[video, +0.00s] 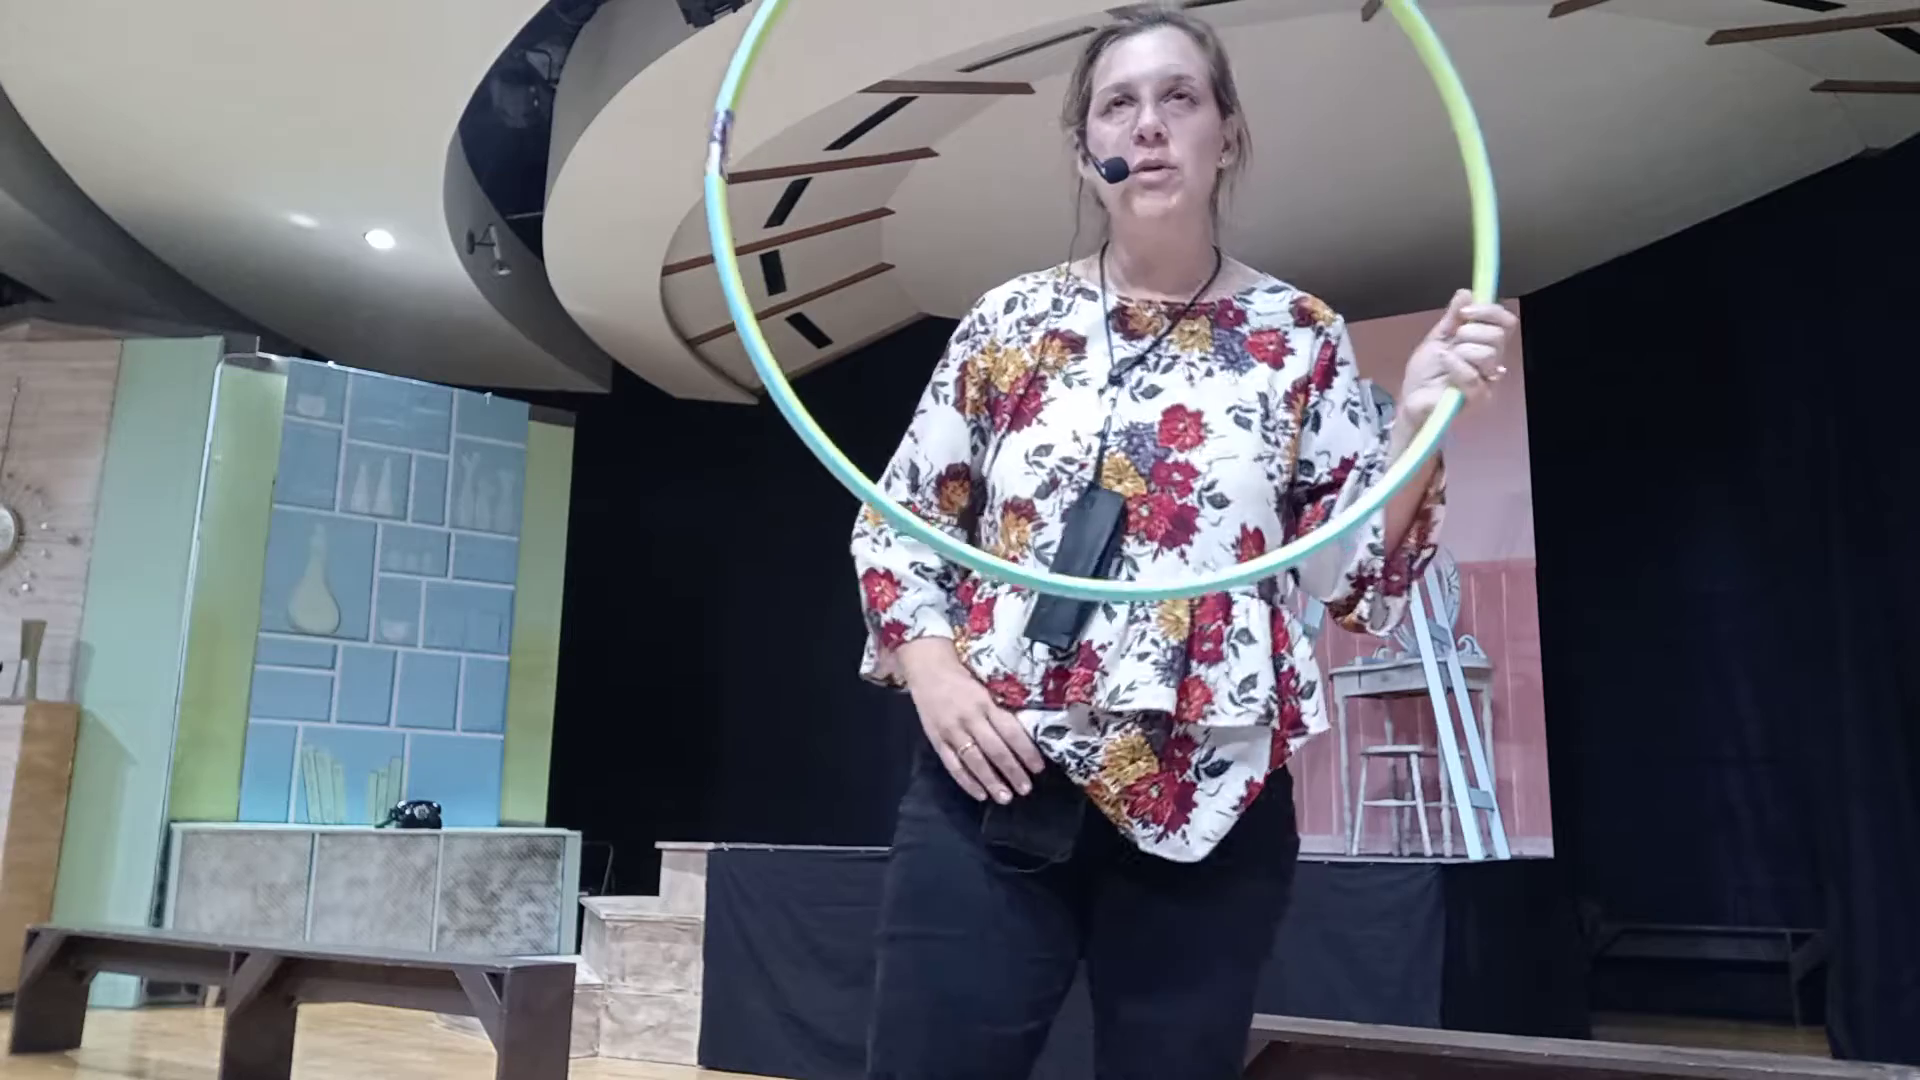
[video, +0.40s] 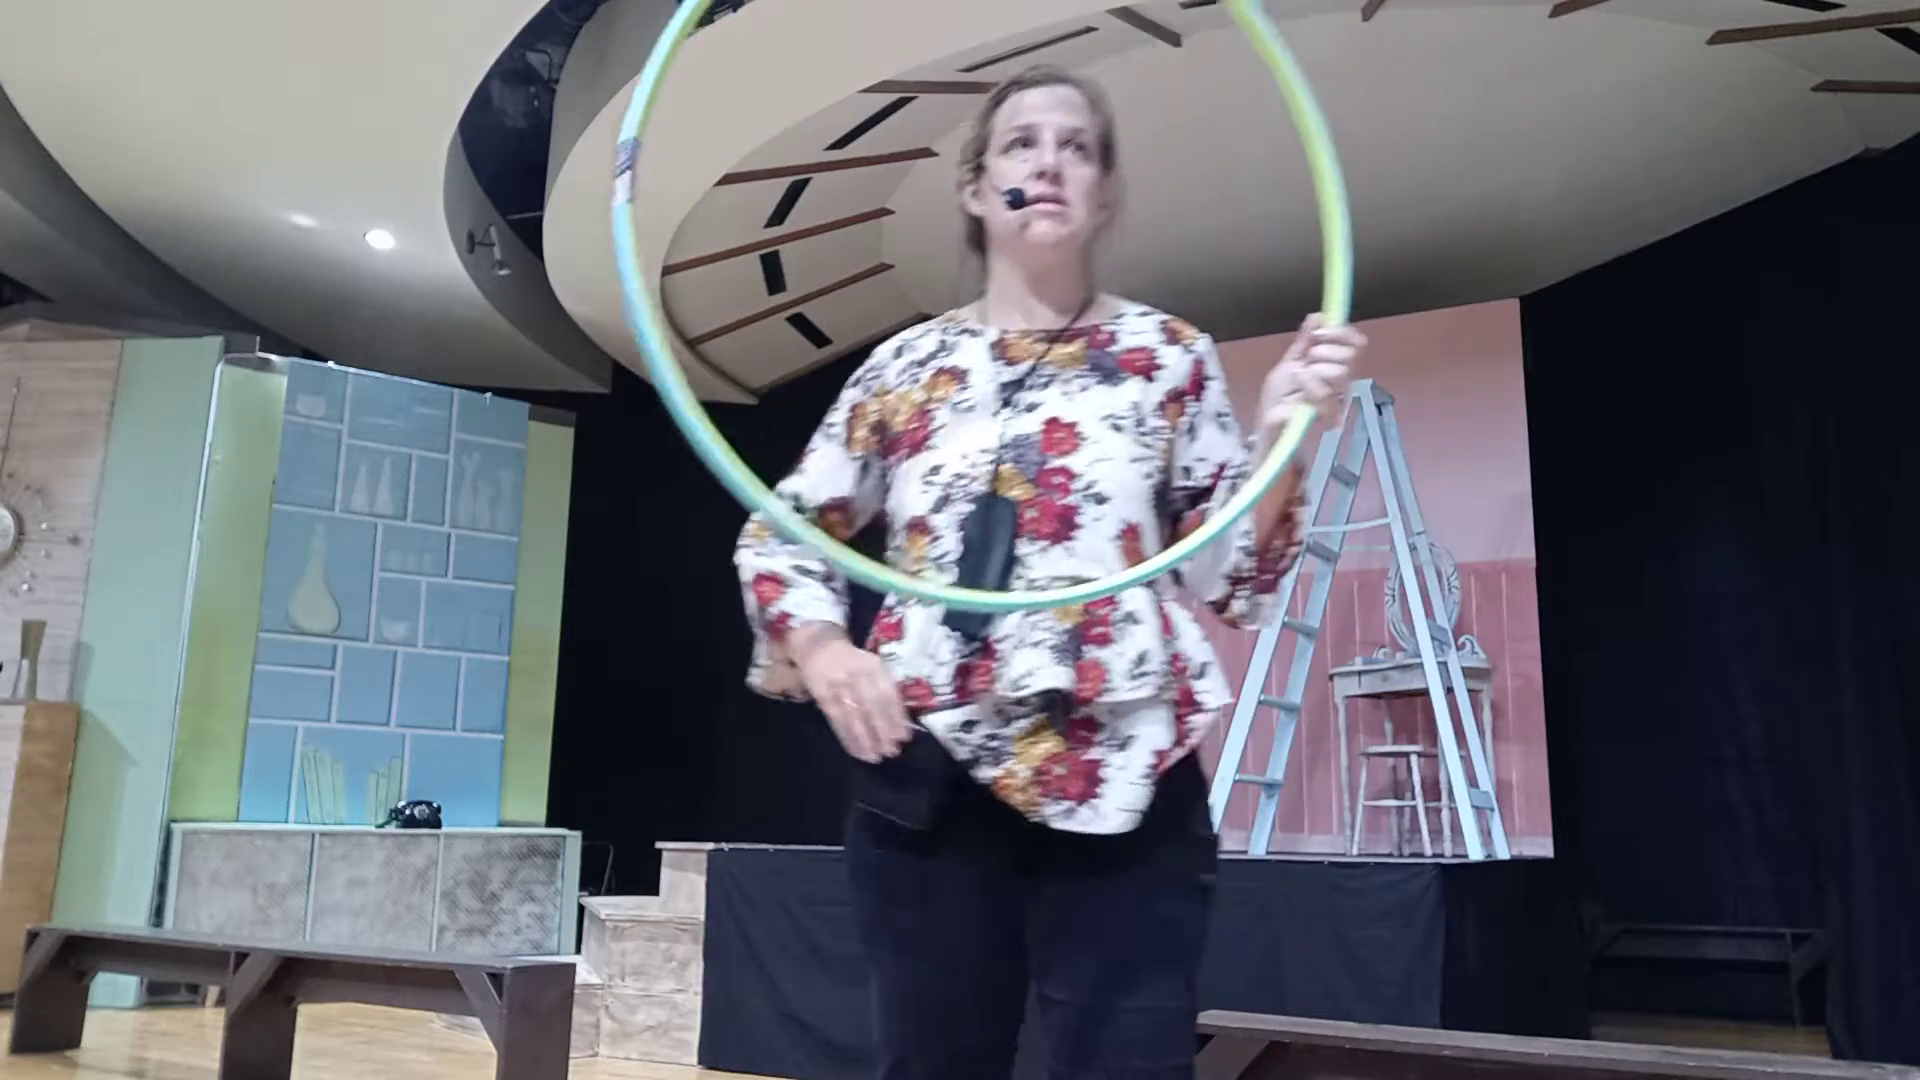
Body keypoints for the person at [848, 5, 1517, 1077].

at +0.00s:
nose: (1146, 124)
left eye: (1176, 98)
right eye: (1118, 105)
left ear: (1229, 135)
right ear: (1085, 148)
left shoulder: (1301, 337)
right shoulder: (1007, 323)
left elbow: (1352, 581)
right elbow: (896, 528)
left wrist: (1418, 417)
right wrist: (934, 675)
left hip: (1207, 821)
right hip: (988, 795)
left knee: (1172, 1065)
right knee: (924, 1062)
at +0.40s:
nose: (1045, 159)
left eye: (1075, 146)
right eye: (1018, 144)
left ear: (1109, 198)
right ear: (976, 193)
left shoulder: (1174, 358)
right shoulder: (903, 368)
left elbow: (1233, 581)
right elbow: (776, 543)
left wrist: (1284, 427)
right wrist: (822, 650)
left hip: (1130, 806)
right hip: (933, 797)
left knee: (1126, 1062)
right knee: (936, 1061)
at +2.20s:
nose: (1071, 259)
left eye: (1090, 239)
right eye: (1044, 235)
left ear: (1111, 264)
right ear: (992, 257)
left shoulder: (1163, 408)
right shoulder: (926, 408)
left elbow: (1220, 606)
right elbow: (871, 626)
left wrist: (1257, 477)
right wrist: (818, 501)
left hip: (1135, 808)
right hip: (958, 800)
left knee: (1121, 1064)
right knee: (957, 1061)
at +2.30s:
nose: (1065, 258)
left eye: (1086, 237)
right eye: (1038, 236)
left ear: (1108, 260)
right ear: (988, 260)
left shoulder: (1160, 399)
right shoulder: (925, 408)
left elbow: (1223, 600)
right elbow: (867, 610)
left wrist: (1261, 472)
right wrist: (800, 481)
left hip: (1133, 804)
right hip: (955, 796)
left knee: (1119, 1063)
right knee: (956, 1062)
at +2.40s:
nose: (1060, 252)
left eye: (1080, 232)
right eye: (1033, 231)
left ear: (1107, 259)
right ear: (986, 261)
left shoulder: (1163, 399)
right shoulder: (927, 406)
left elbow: (1224, 595)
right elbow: (856, 611)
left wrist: (1260, 464)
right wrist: (790, 475)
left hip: (1132, 804)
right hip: (955, 796)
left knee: (1119, 1063)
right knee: (955, 1061)